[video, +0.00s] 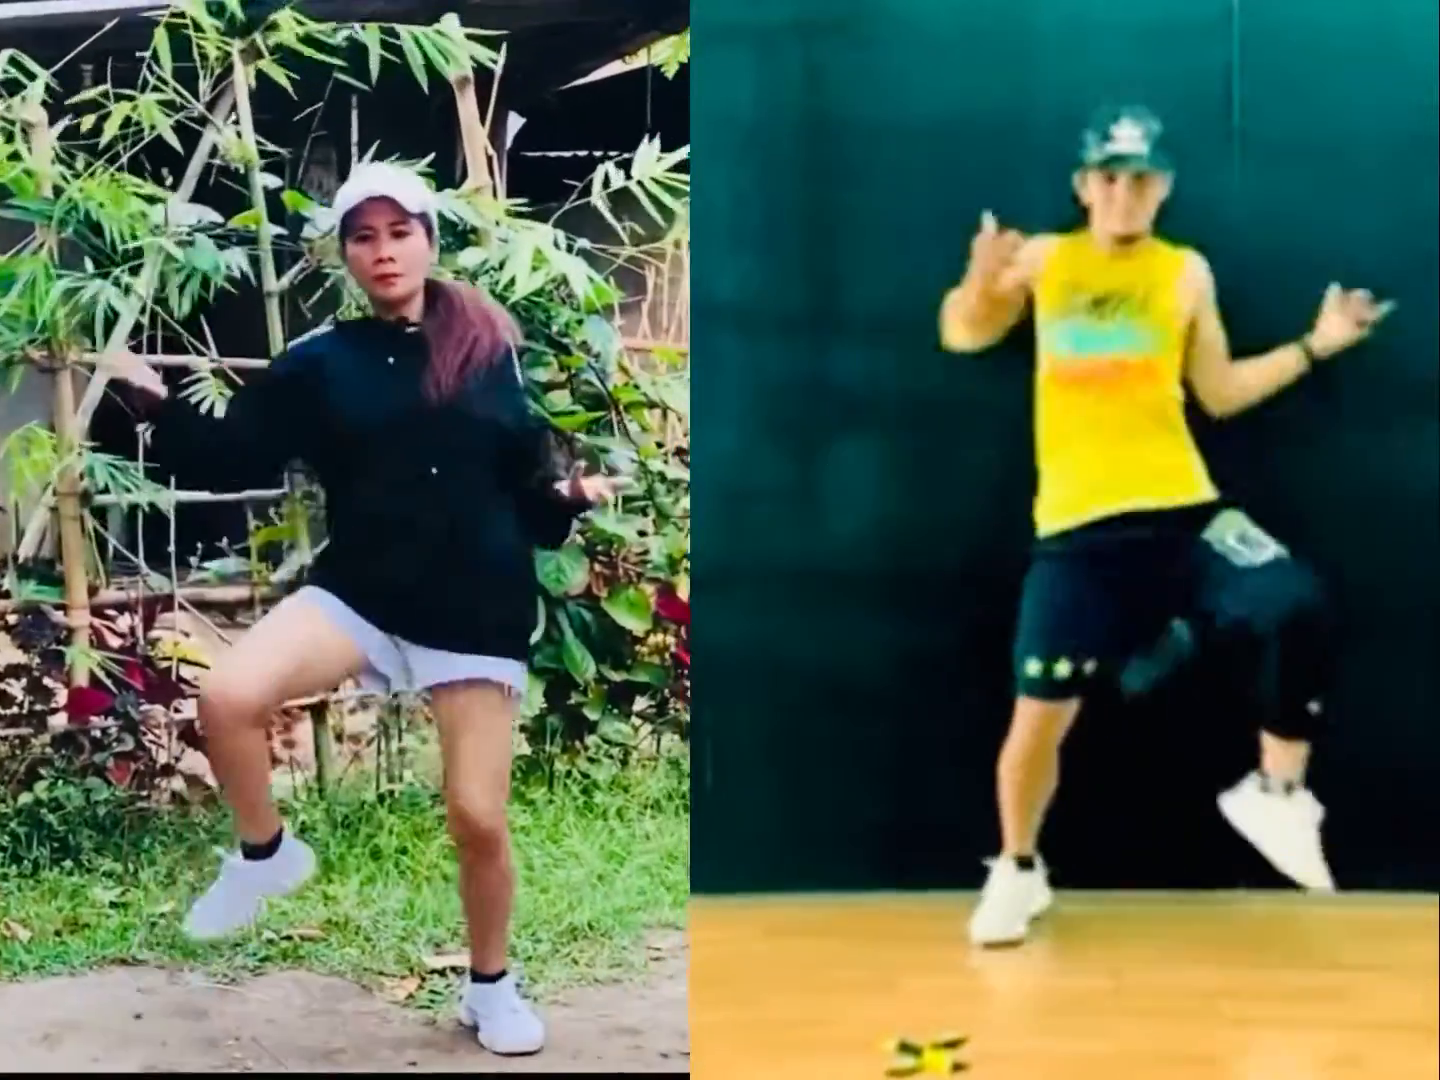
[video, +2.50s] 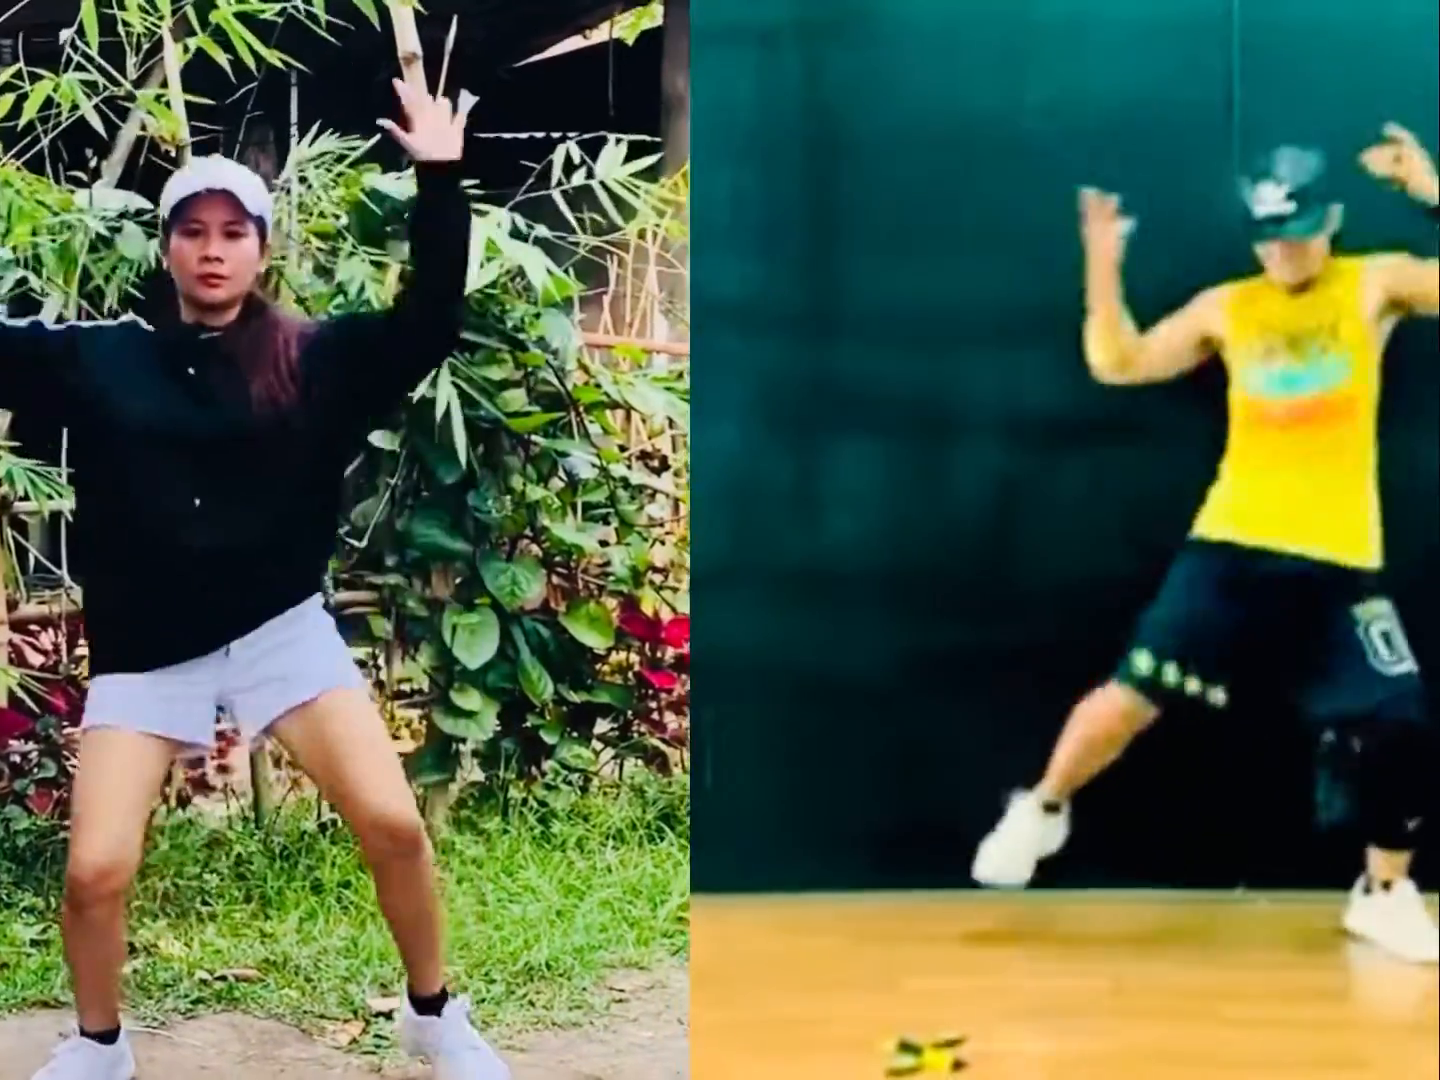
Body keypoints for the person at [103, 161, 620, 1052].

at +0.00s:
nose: (384, 250)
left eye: (400, 231)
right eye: (364, 237)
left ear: (430, 242)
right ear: (345, 256)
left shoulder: (483, 346)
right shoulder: (317, 363)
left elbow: (524, 491)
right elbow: (225, 455)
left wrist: (564, 498)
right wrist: (145, 392)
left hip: (477, 607)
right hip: (359, 591)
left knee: (479, 820)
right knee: (229, 695)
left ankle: (492, 985)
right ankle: (264, 854)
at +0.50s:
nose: (312, 291)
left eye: (332, 277)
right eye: (297, 275)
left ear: (365, 292)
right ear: (273, 288)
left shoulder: (415, 394)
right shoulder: (237, 388)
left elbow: (541, 430)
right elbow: (149, 347)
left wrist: (589, 316)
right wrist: (212, 231)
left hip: (427, 659)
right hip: (294, 656)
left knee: (461, 846)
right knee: (192, 809)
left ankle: (484, 993)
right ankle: (139, 986)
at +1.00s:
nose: (176, 269)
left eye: (198, 252)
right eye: (159, 250)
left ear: (228, 273)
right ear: (130, 264)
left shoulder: (255, 389)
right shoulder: (65, 366)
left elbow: (384, 418)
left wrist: (480, 302)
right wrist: (29, 230)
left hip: (260, 593)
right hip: (143, 638)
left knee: (340, 675)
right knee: (121, 863)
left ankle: (307, 777)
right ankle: (128, 1012)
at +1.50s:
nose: (292, 299)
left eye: (310, 280)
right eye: (272, 283)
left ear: (341, 294)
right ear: (247, 303)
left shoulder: (412, 400)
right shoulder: (199, 405)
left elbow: (526, 370)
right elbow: (88, 423)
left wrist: (530, 262)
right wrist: (142, 304)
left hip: (398, 682)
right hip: (253, 692)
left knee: (478, 868)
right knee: (180, 879)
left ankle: (480, 1019)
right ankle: (120, 1015)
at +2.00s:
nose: (363, 263)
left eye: (382, 243)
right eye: (344, 247)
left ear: (420, 254)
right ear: (325, 268)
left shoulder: (502, 337)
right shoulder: (302, 388)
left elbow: (620, 271)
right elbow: (181, 434)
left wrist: (628, 155)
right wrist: (89, 357)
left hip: (459, 632)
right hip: (333, 612)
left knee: (482, 861)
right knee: (241, 691)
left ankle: (462, 1023)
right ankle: (216, 852)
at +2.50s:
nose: (212, 250)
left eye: (232, 232)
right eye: (193, 232)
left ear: (263, 249)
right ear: (164, 249)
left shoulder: (314, 356)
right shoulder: (99, 360)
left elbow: (429, 321)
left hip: (285, 628)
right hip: (140, 648)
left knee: (396, 826)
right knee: (93, 872)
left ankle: (434, 1016)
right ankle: (98, 1046)